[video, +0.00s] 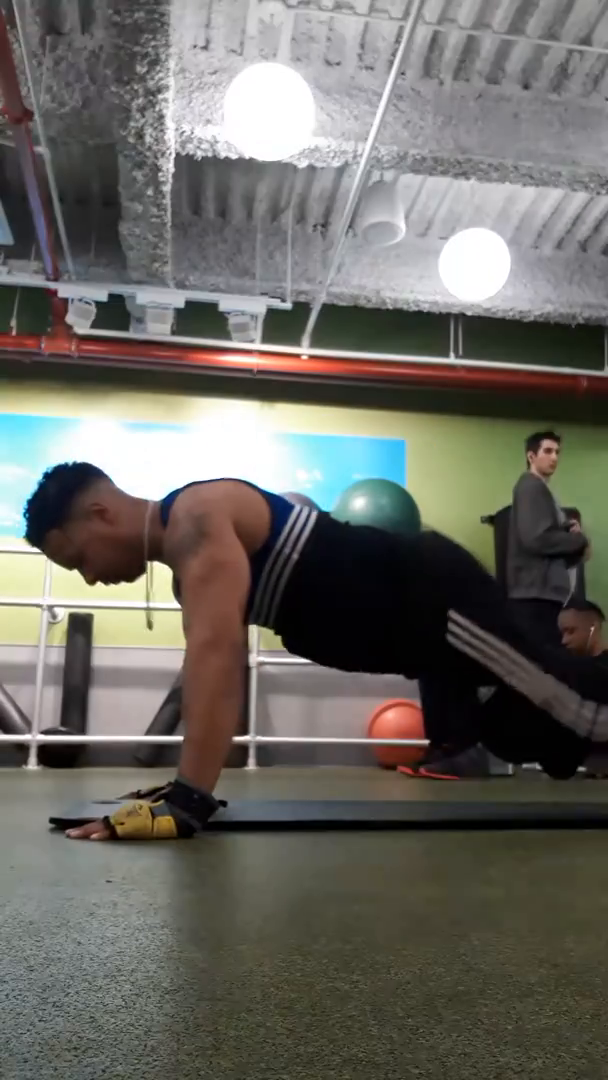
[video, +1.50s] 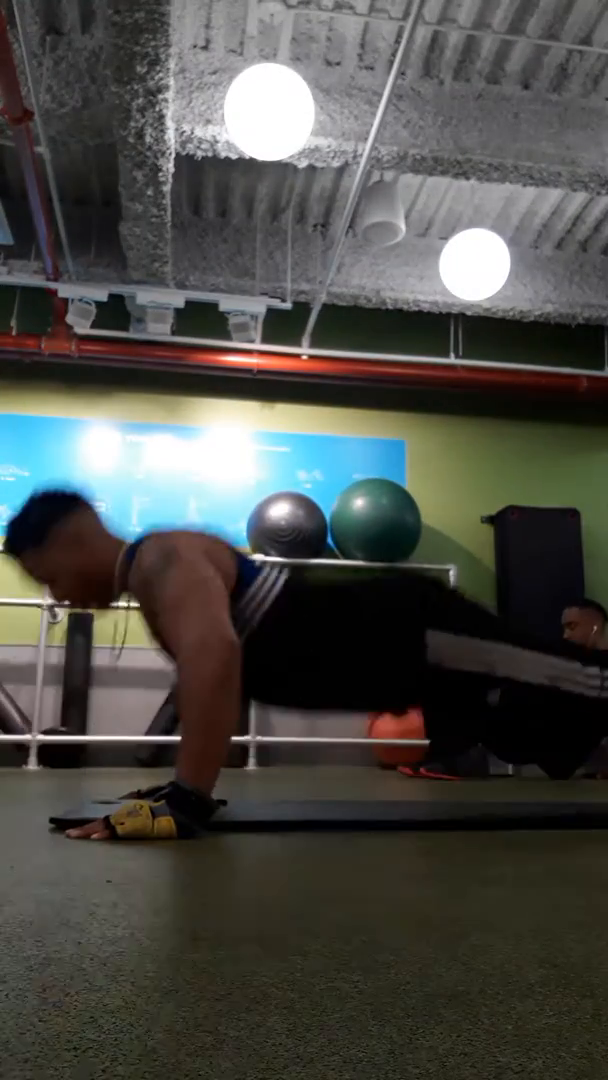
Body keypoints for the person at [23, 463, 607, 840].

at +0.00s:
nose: (86, 576)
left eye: (75, 558)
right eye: (72, 568)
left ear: (103, 511)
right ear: (106, 513)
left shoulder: (199, 516)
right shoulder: (191, 536)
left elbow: (218, 660)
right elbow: (217, 666)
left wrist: (189, 796)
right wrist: (188, 793)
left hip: (431, 595)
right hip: (419, 619)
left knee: (582, 722)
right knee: (544, 741)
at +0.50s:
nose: (63, 594)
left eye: (53, 575)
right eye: (48, 583)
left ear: (78, 534)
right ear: (83, 532)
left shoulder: (174, 543)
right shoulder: (165, 565)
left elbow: (217, 652)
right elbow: (219, 673)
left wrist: (187, 798)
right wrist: (186, 798)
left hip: (421, 642)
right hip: (410, 658)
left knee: (590, 697)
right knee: (568, 712)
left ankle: (591, 622)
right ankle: (588, 626)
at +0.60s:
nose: (48, 630)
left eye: (39, 609)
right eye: (36, 619)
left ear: (70, 565)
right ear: (73, 568)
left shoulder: (160, 577)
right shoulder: (154, 593)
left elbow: (223, 658)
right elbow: (242, 676)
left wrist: (189, 796)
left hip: (399, 670)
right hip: (388, 678)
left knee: (582, 705)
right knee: (565, 705)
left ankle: (591, 628)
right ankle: (589, 629)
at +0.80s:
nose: (21, 712)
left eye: (16, 691)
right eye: (10, 701)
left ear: (53, 640)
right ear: (54, 644)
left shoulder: (129, 647)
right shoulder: (133, 682)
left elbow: (225, 665)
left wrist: (188, 797)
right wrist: (381, 774)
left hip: (406, 713)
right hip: (397, 728)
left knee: (590, 723)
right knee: (568, 711)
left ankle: (592, 637)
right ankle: (591, 634)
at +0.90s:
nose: (25, 747)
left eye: (13, 725)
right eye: (13, 735)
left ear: (39, 680)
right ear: (44, 681)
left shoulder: (122, 672)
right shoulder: (135, 710)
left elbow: (221, 663)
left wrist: (189, 799)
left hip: (392, 726)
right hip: (382, 741)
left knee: (587, 727)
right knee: (556, 718)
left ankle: (593, 638)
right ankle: (589, 636)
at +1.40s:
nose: (43, 656)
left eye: (36, 635)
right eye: (30, 645)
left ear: (63, 596)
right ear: (63, 602)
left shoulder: (148, 607)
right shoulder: (142, 635)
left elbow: (223, 662)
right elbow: (225, 693)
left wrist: (187, 798)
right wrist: (181, 796)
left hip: (383, 669)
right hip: (371, 693)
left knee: (576, 711)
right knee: (553, 733)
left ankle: (586, 644)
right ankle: (582, 641)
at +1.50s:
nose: (55, 598)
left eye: (47, 578)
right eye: (42, 586)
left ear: (74, 541)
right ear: (80, 537)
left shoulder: (165, 557)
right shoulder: (158, 570)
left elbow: (214, 664)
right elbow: (215, 678)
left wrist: (185, 799)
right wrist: (192, 796)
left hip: (416, 636)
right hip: (404, 655)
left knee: (589, 696)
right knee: (555, 733)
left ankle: (586, 634)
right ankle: (580, 642)